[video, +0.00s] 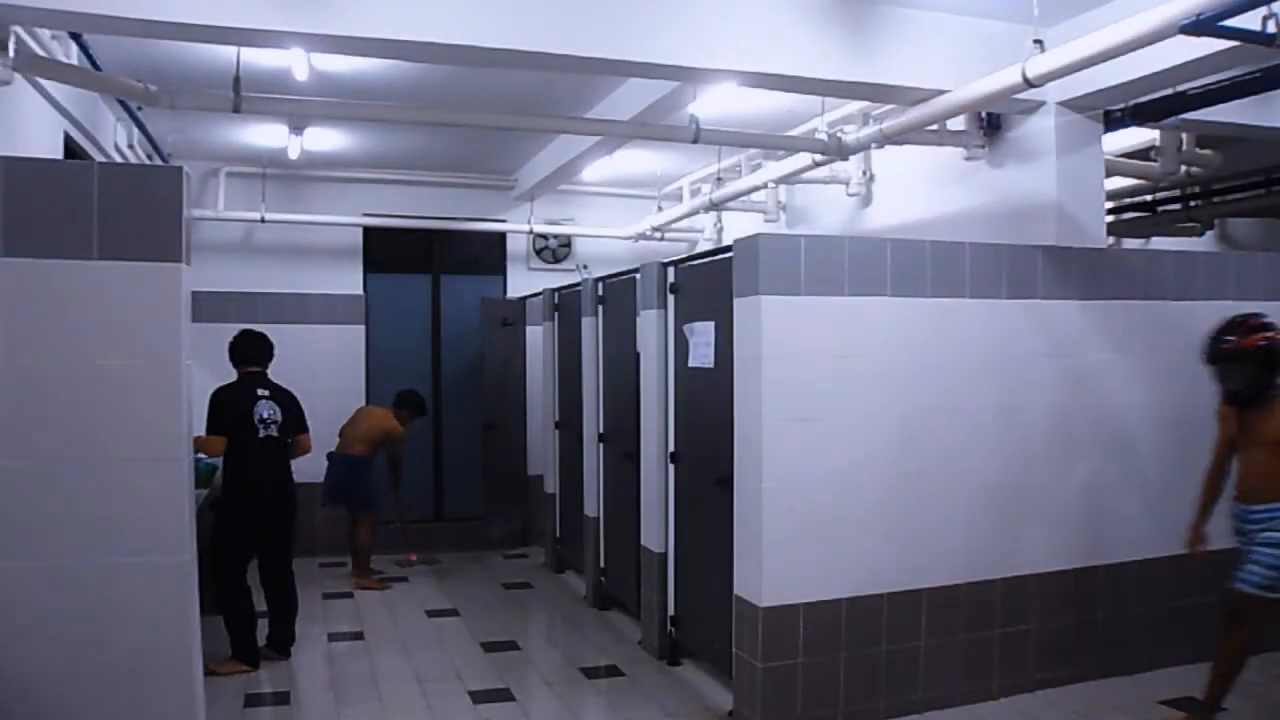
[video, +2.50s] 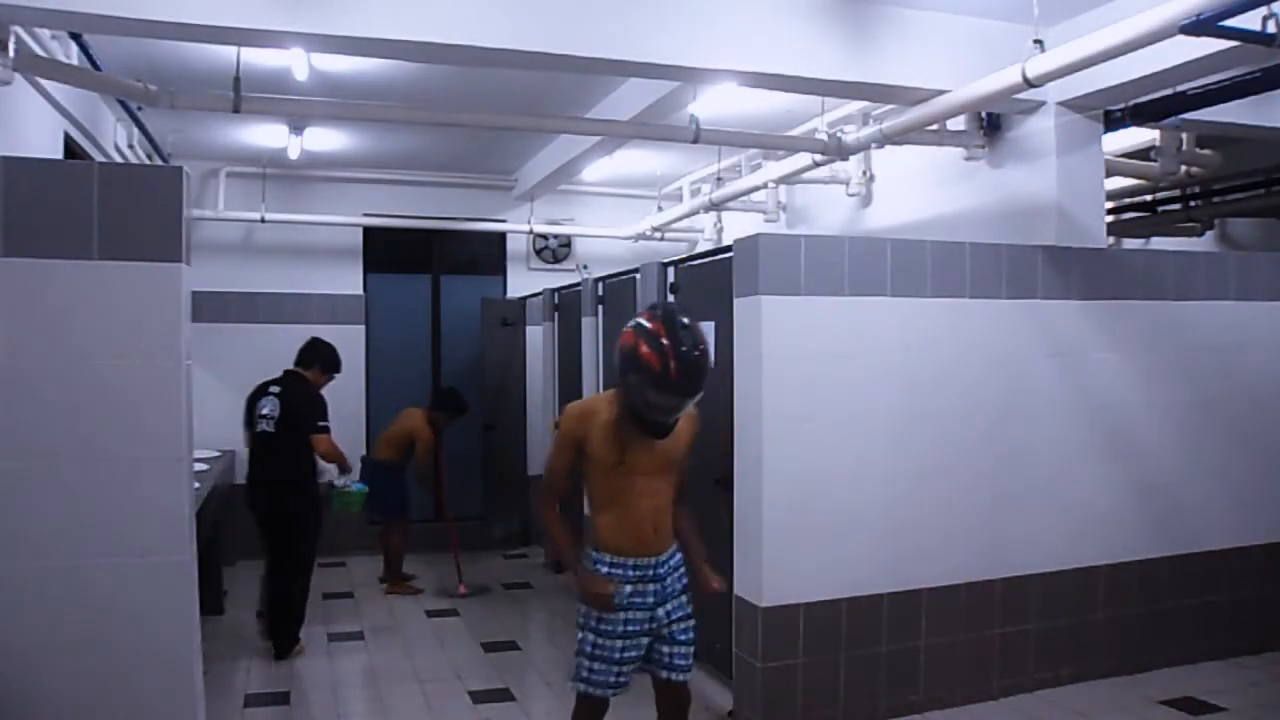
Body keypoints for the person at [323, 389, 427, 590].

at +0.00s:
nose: (410, 422)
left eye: (413, 418)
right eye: (411, 417)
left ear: (395, 404)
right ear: (406, 412)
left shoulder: (366, 410)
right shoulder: (394, 430)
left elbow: (343, 432)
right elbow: (395, 468)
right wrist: (396, 494)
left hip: (337, 464)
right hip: (357, 468)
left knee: (355, 517)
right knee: (365, 519)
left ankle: (359, 567)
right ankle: (362, 574)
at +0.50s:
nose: (413, 420)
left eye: (417, 416)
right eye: (415, 415)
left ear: (400, 404)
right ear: (407, 409)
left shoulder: (375, 411)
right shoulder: (390, 428)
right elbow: (391, 468)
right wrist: (405, 491)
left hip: (345, 465)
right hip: (359, 470)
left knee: (360, 521)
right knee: (369, 523)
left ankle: (362, 568)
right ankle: (363, 576)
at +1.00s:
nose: (425, 425)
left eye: (428, 421)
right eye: (426, 420)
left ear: (414, 410)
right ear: (418, 414)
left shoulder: (395, 420)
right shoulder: (397, 429)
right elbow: (393, 467)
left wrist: (405, 447)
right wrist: (405, 493)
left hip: (370, 468)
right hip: (360, 469)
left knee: (382, 521)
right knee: (367, 524)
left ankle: (389, 569)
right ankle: (363, 577)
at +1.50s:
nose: (439, 421)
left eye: (442, 416)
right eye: (440, 416)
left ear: (425, 404)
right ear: (434, 411)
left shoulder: (402, 413)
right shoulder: (421, 428)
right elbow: (424, 465)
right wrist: (434, 488)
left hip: (367, 461)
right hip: (380, 466)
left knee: (392, 518)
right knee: (385, 520)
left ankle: (390, 569)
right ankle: (372, 574)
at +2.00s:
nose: (446, 424)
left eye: (449, 419)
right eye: (447, 418)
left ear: (433, 407)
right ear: (440, 414)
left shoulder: (407, 413)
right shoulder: (427, 432)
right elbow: (430, 467)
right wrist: (437, 487)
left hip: (371, 465)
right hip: (386, 470)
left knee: (388, 522)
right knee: (395, 524)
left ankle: (390, 572)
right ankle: (394, 580)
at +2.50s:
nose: (449, 424)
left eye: (451, 419)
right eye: (450, 418)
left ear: (435, 407)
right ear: (442, 413)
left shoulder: (414, 414)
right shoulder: (424, 431)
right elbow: (423, 471)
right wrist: (437, 497)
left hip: (377, 465)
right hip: (387, 470)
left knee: (392, 523)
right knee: (397, 524)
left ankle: (392, 572)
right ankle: (393, 579)